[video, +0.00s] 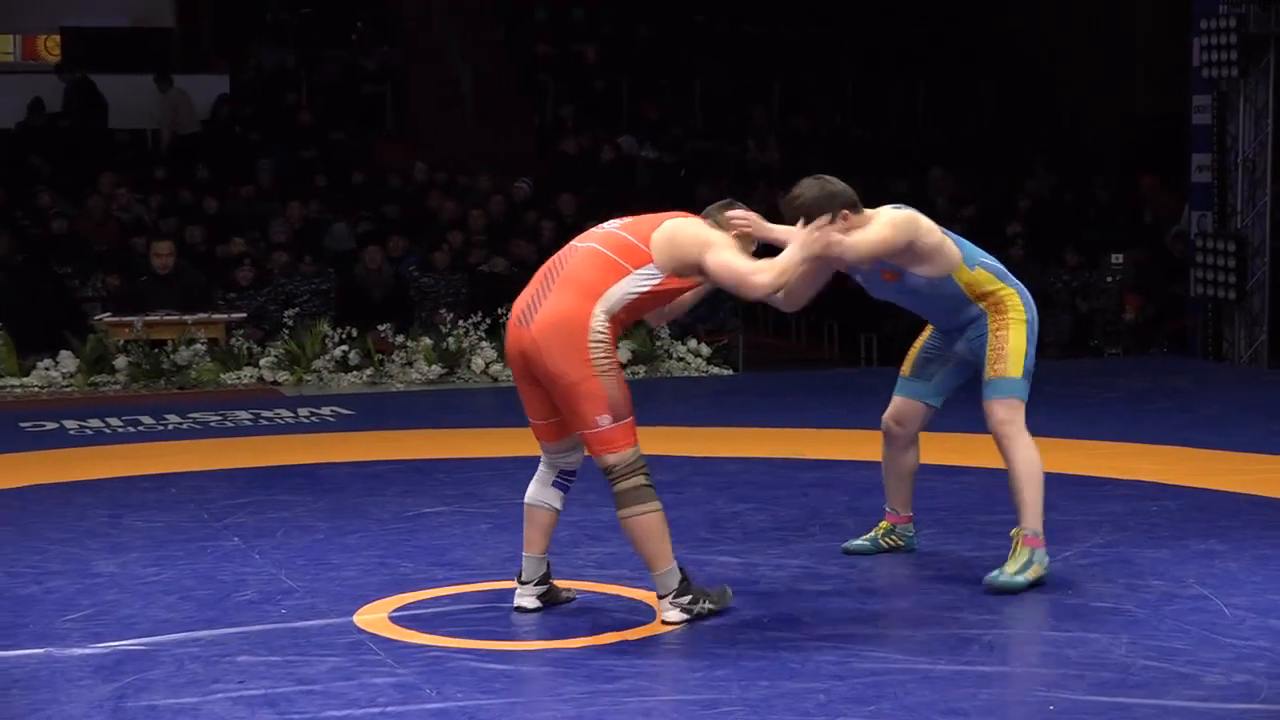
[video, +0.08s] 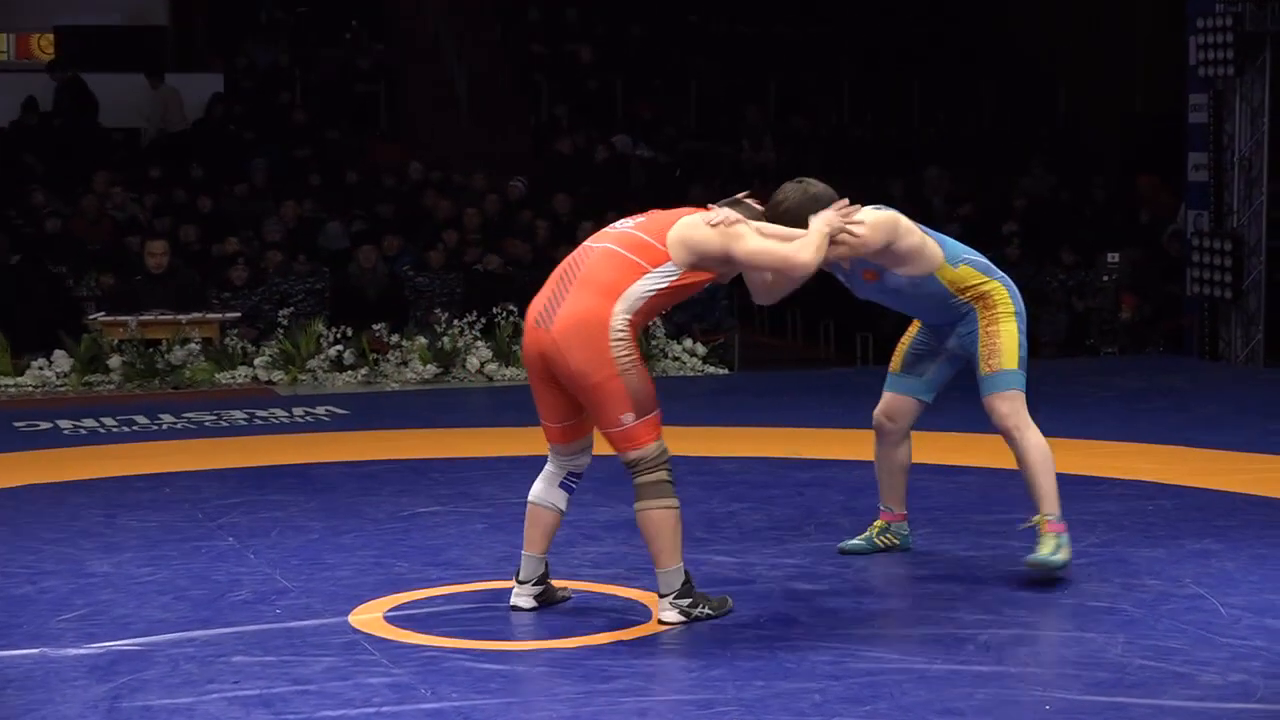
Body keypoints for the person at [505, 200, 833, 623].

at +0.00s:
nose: (747, 257)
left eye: (751, 249)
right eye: (748, 247)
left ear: (707, 217)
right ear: (734, 232)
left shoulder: (653, 232)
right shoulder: (706, 237)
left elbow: (658, 316)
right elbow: (758, 281)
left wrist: (711, 274)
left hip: (523, 331)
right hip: (575, 334)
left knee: (558, 461)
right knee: (625, 468)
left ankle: (531, 583)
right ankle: (674, 593)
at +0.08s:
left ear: (732, 208)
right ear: (754, 226)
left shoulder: (675, 219)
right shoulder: (724, 231)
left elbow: (763, 290)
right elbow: (801, 262)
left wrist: (807, 238)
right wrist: (822, 224)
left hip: (540, 333)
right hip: (596, 338)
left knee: (564, 461)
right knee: (650, 466)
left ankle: (529, 581)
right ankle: (676, 595)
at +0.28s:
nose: (760, 252)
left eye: (766, 244)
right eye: (765, 241)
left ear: (729, 192)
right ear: (758, 219)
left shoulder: (673, 211)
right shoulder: (734, 215)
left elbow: (705, 274)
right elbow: (829, 203)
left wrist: (769, 286)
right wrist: (845, 203)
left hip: (570, 323)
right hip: (631, 330)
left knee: (565, 457)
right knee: (668, 462)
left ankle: (518, 578)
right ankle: (663, 594)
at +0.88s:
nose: (754, 247)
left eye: (760, 242)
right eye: (758, 235)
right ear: (738, 215)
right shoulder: (702, 199)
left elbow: (720, 286)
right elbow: (801, 186)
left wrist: (781, 252)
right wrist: (818, 227)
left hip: (555, 322)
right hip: (618, 330)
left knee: (511, 462)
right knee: (689, 444)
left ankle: (461, 586)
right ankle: (705, 569)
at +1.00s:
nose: (757, 263)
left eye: (764, 257)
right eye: (765, 249)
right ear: (754, 225)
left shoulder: (665, 228)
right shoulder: (714, 209)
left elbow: (718, 309)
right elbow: (806, 197)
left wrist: (768, 266)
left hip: (546, 322)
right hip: (610, 333)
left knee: (524, 461)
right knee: (672, 448)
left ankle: (466, 572)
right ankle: (696, 565)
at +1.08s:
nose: (753, 296)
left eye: (762, 289)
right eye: (759, 284)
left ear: (724, 220)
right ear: (740, 234)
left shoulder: (658, 239)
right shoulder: (716, 247)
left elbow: (718, 310)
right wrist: (805, 217)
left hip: (530, 338)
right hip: (596, 342)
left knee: (544, 454)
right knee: (667, 450)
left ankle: (471, 545)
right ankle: (697, 565)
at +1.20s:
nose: (723, 263)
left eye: (728, 255)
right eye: (725, 253)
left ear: (683, 230)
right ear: (707, 240)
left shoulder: (635, 250)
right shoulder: (681, 269)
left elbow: (709, 329)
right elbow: (667, 369)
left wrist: (754, 282)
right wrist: (723, 378)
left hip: (514, 350)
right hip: (576, 352)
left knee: (550, 455)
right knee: (655, 454)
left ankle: (459, 539)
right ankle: (693, 570)